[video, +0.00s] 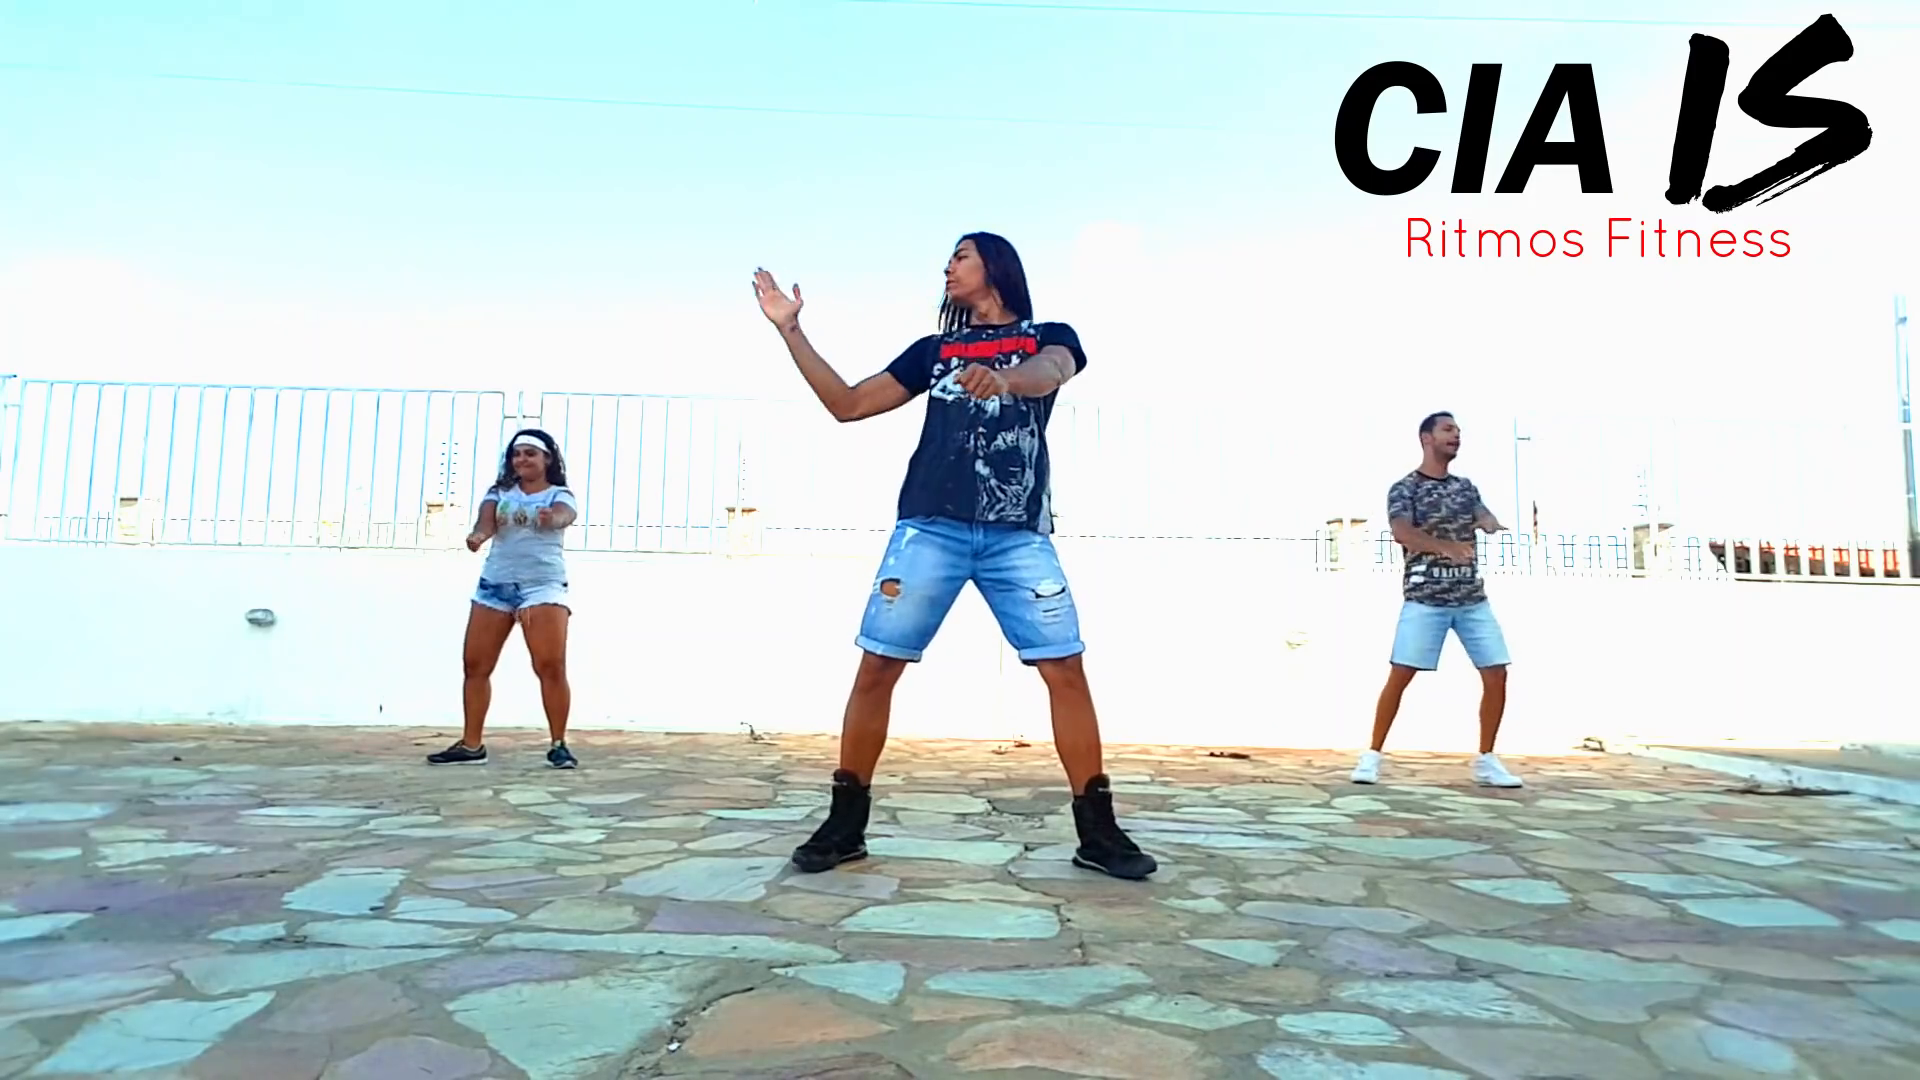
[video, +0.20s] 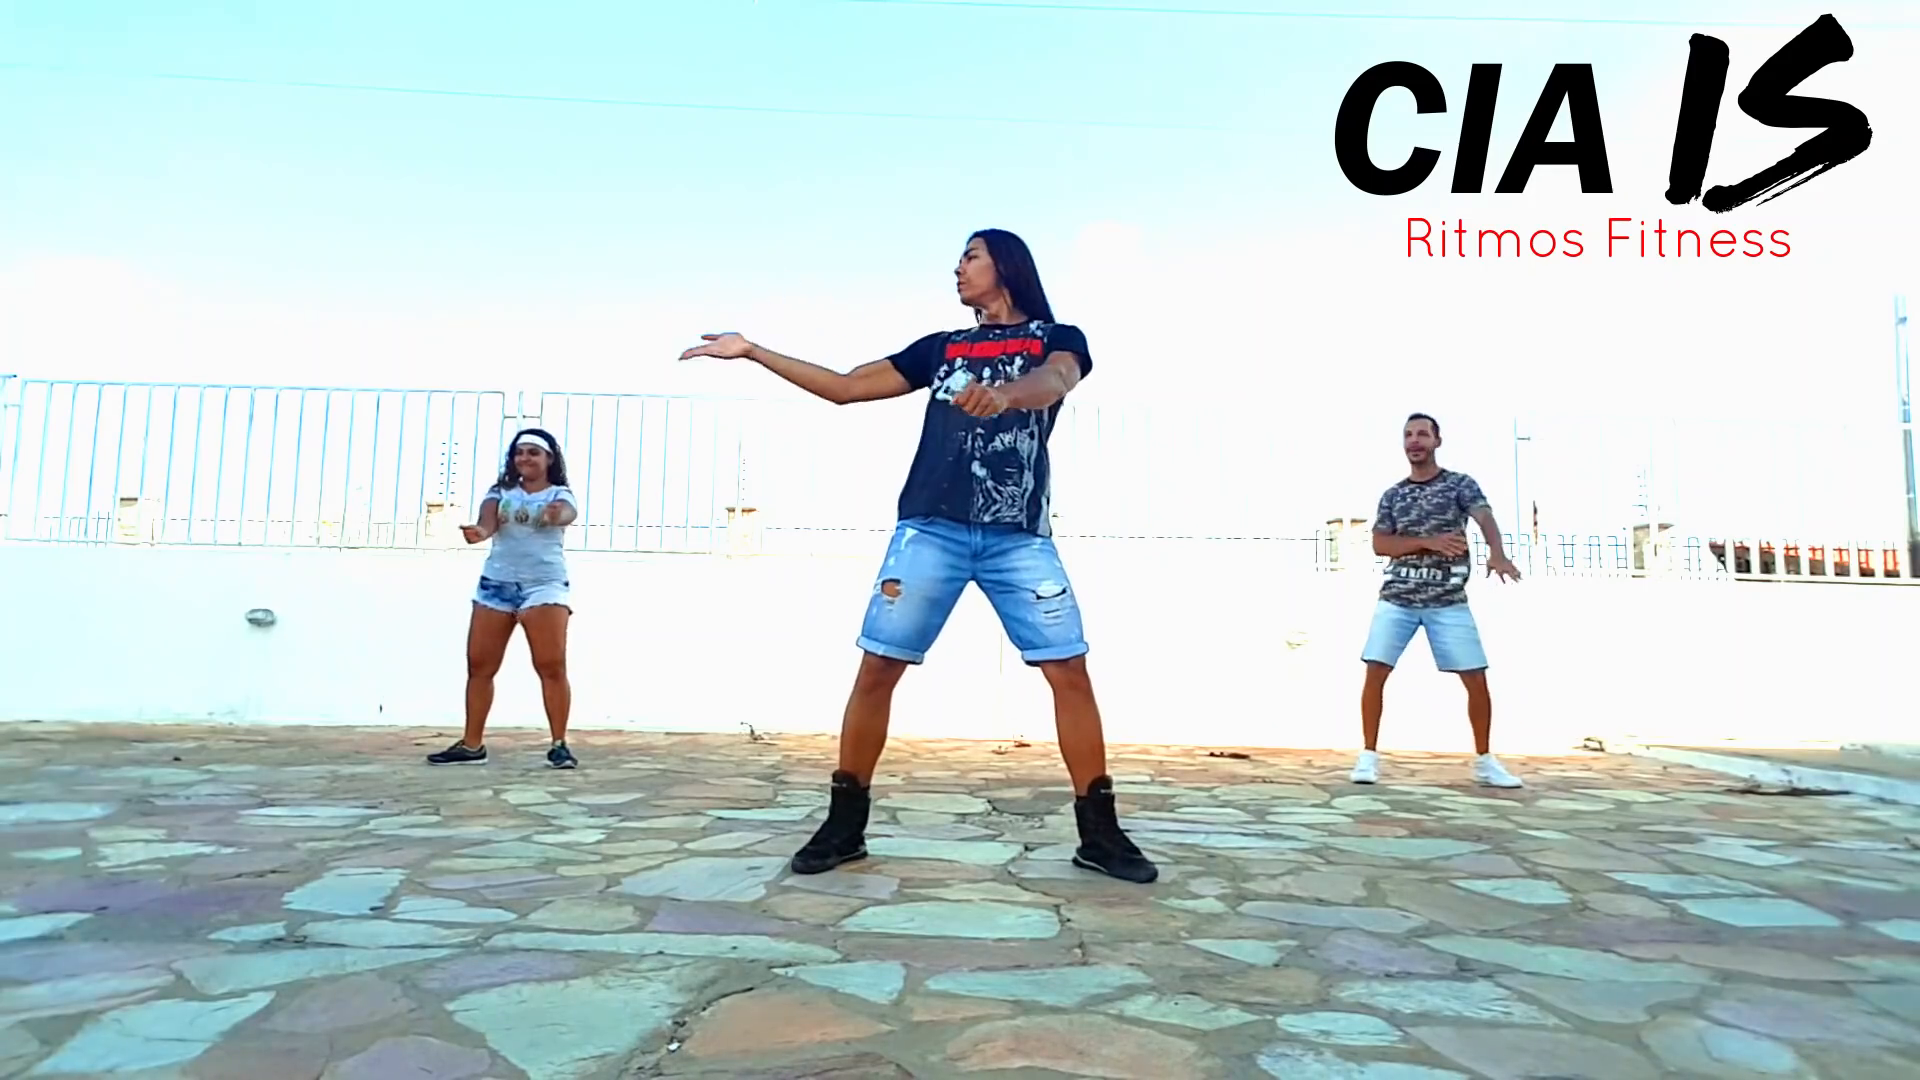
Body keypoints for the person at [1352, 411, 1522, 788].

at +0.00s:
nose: (1456, 437)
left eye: (1457, 431)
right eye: (1448, 430)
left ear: (1456, 440)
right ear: (1426, 438)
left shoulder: (1465, 488)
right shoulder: (1404, 488)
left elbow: (1485, 519)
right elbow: (1402, 534)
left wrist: (1495, 527)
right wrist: (1446, 547)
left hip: (1471, 599)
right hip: (1425, 600)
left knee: (1496, 672)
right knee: (1401, 674)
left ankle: (1486, 758)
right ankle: (1373, 754)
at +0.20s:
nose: (1415, 441)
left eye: (1423, 434)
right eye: (1410, 435)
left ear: (1437, 441)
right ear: (1403, 443)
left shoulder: (1460, 484)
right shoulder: (1392, 496)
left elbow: (1486, 521)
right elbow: (1380, 544)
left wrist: (1497, 553)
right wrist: (1427, 541)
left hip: (1448, 601)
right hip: (1397, 599)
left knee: (1475, 678)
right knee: (1375, 670)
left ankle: (1484, 759)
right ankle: (1368, 755)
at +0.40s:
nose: (1415, 433)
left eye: (1423, 427)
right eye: (1410, 428)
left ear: (1438, 435)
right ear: (1404, 438)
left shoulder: (1462, 484)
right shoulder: (1391, 489)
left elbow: (1472, 538)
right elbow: (1377, 540)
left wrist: (1479, 584)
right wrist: (1370, 579)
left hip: (1447, 599)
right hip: (1397, 598)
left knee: (1475, 675)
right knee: (1379, 672)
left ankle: (1484, 758)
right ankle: (1369, 755)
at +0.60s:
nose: (1429, 428)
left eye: (1437, 422)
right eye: (1423, 423)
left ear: (1452, 433)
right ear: (1416, 433)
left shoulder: (1465, 487)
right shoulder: (1396, 482)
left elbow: (1473, 542)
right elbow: (1368, 533)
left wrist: (1484, 587)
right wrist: (1356, 586)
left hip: (1460, 600)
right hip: (1412, 600)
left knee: (1485, 673)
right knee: (1392, 674)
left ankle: (1485, 758)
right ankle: (1370, 755)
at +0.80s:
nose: (1436, 431)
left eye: (1444, 425)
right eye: (1430, 425)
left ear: (1456, 435)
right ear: (1421, 433)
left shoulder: (1467, 489)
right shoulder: (1400, 483)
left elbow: (1478, 547)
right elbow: (1383, 538)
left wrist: (1502, 600)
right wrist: (1386, 589)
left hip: (1464, 601)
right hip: (1415, 600)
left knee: (1487, 674)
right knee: (1394, 675)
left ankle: (1486, 758)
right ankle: (1371, 755)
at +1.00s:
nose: (1429, 424)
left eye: (1436, 419)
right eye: (1422, 419)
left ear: (1450, 428)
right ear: (1414, 430)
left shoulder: (1468, 480)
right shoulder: (1398, 479)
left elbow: (1481, 534)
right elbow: (1382, 532)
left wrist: (1490, 585)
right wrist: (1396, 571)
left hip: (1459, 598)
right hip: (1410, 596)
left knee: (1480, 674)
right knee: (1389, 673)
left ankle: (1485, 758)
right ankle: (1370, 755)